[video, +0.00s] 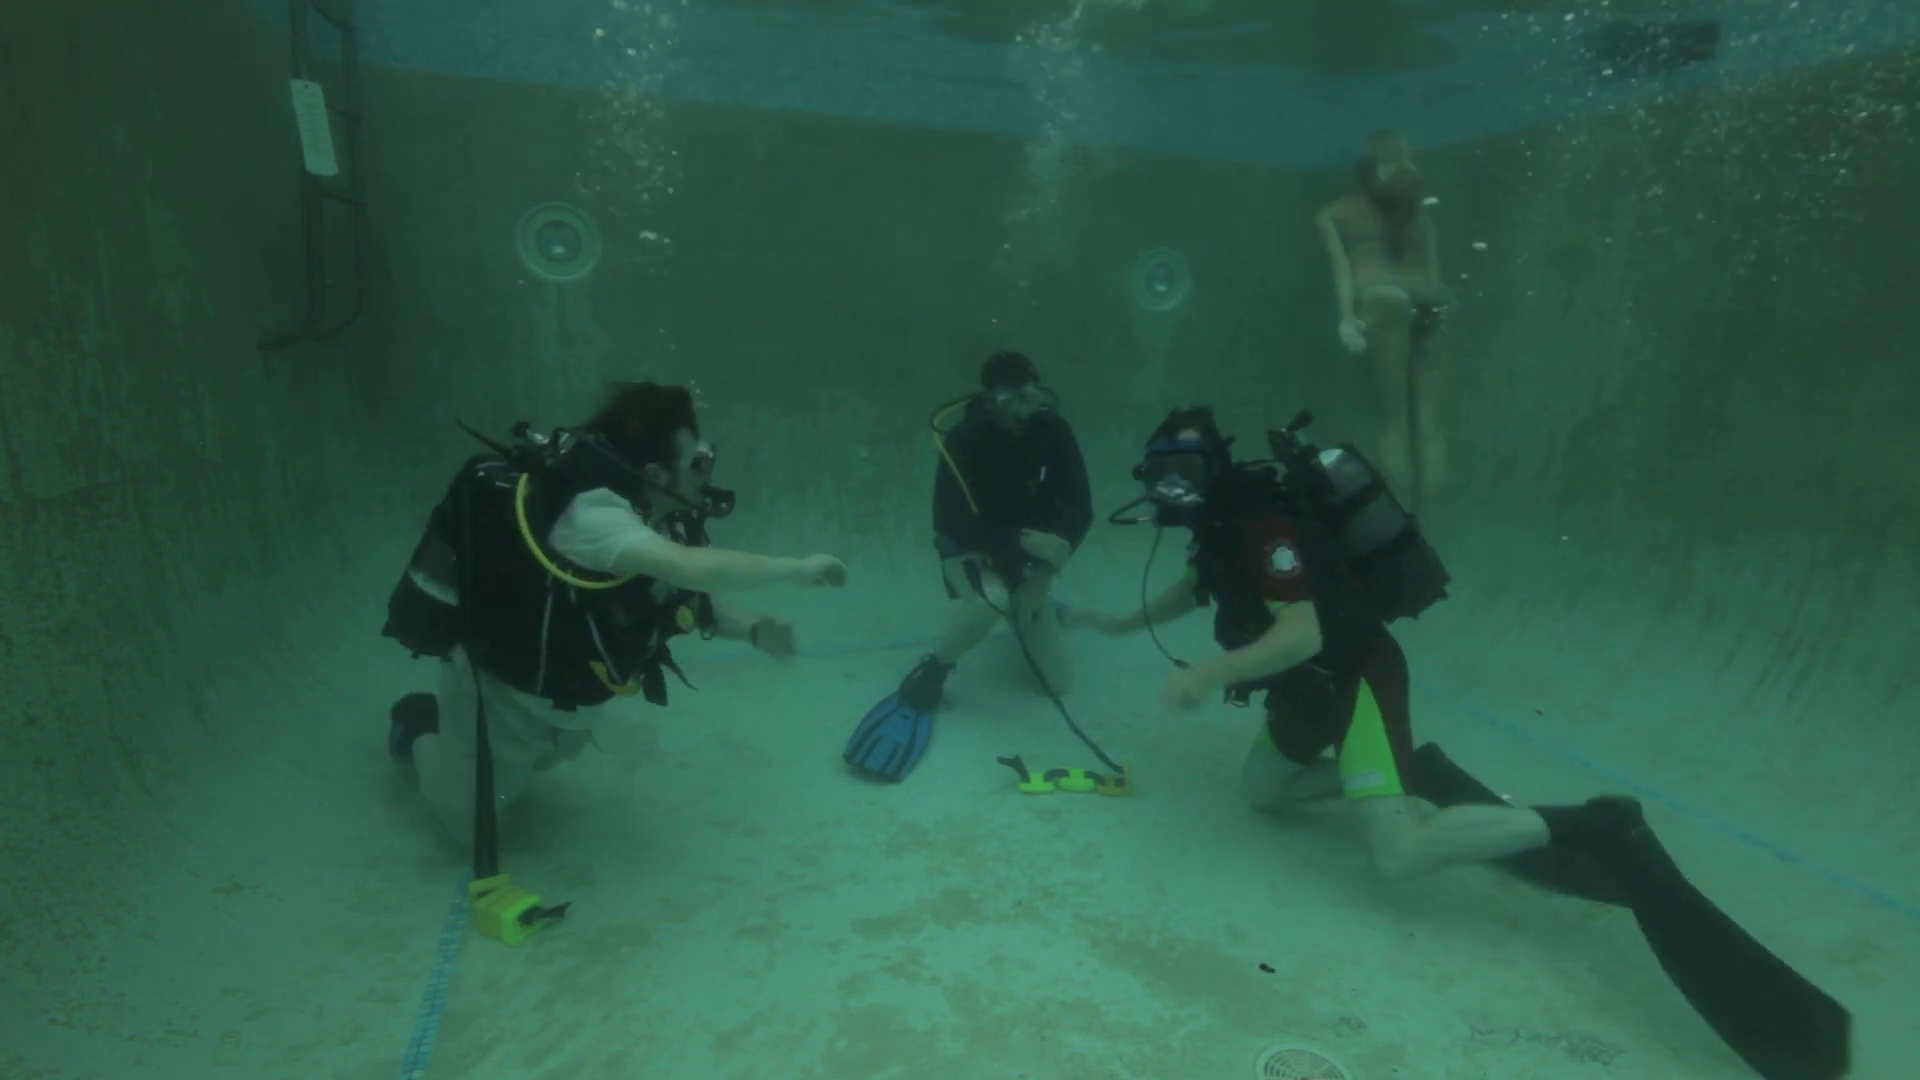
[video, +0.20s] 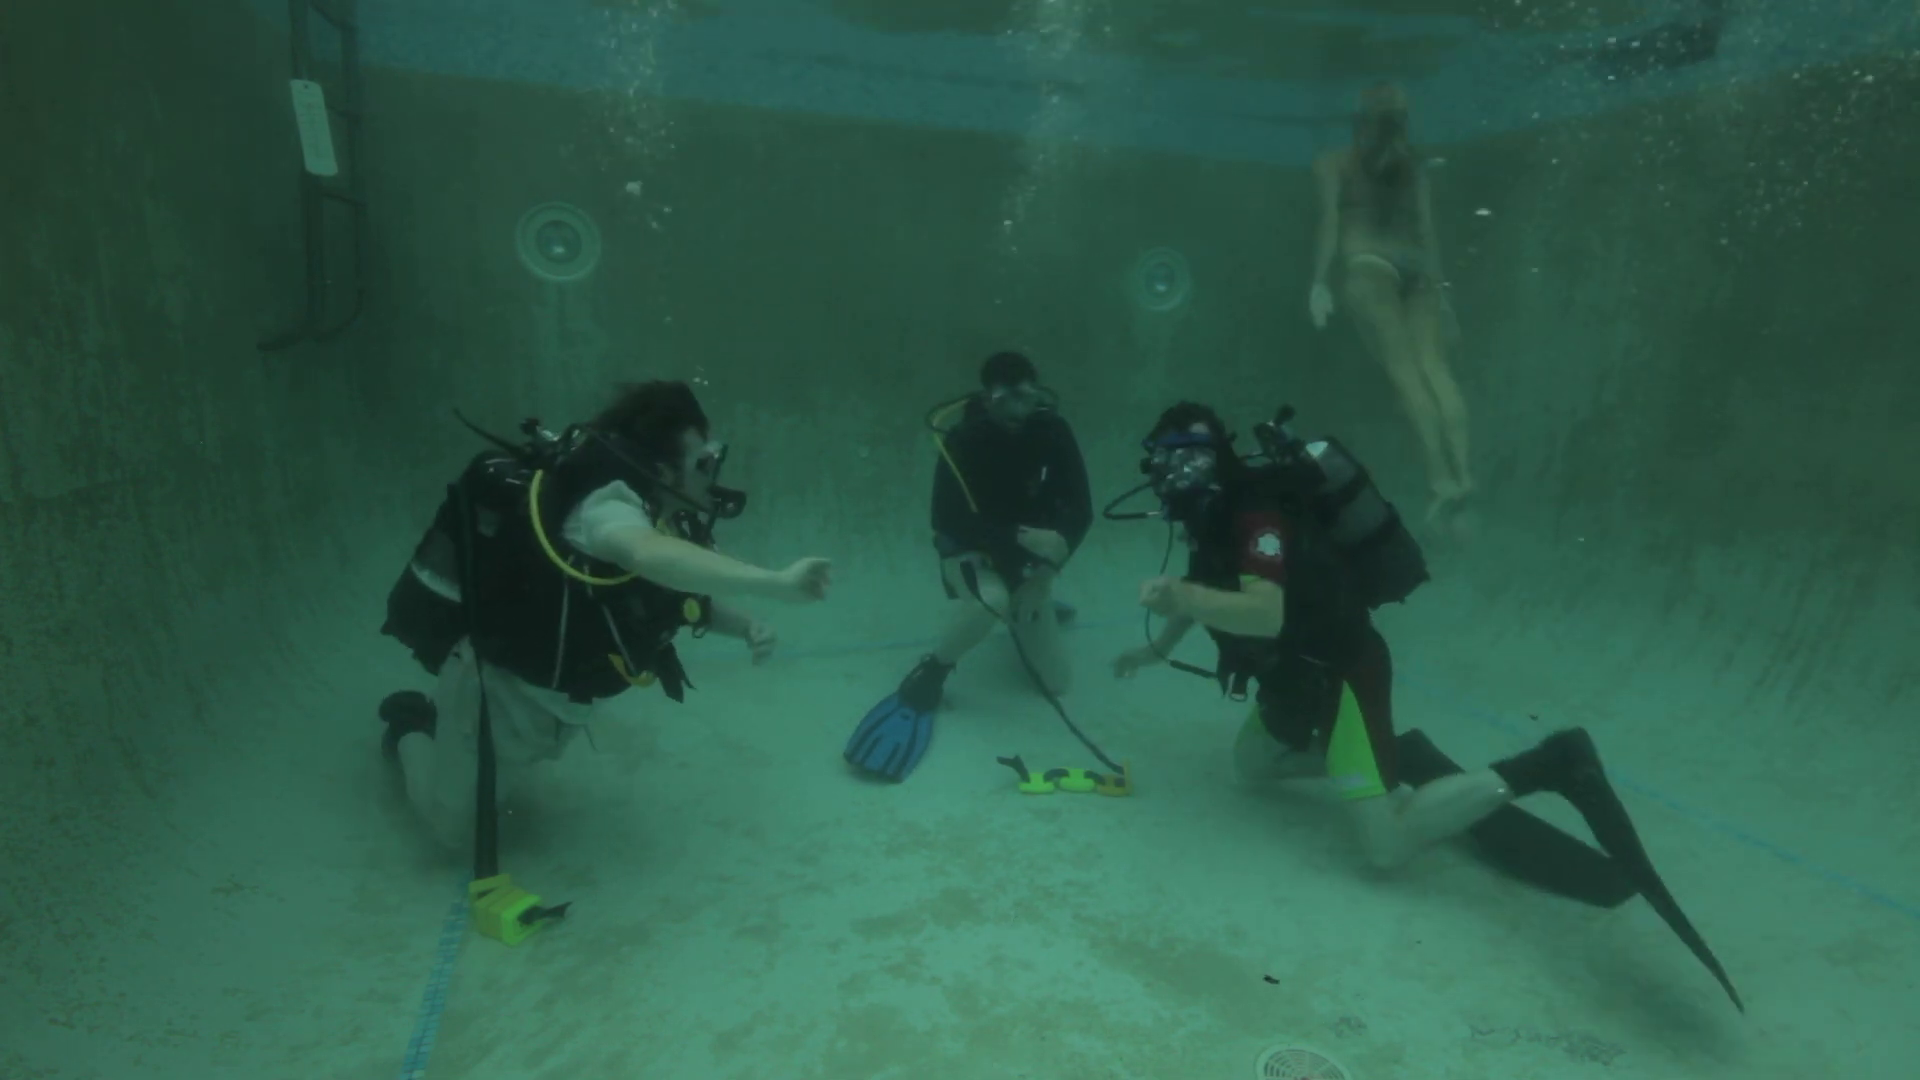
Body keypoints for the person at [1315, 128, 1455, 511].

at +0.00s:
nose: (1403, 170)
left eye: (1403, 161)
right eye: (1397, 162)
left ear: (1365, 166)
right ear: (1396, 166)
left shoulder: (1335, 213)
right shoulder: (1418, 206)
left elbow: (1341, 267)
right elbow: (1432, 260)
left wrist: (1345, 316)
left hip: (1381, 301)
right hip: (1429, 300)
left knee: (1393, 415)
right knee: (1431, 418)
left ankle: (1399, 513)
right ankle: (1432, 520)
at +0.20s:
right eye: (1396, 115)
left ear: (1362, 117)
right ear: (1401, 119)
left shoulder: (1335, 162)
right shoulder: (1412, 165)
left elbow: (1329, 225)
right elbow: (1427, 234)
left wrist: (1319, 283)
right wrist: (1442, 291)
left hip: (1366, 260)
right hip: (1415, 263)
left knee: (1402, 369)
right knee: (1434, 364)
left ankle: (1442, 480)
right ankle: (1464, 473)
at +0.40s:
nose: (1391, 83)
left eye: (1395, 75)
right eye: (1387, 75)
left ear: (1360, 77)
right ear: (1405, 79)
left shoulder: (1344, 119)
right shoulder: (1417, 123)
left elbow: (1348, 175)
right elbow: (1431, 184)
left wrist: (1350, 236)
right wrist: (1449, 242)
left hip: (1365, 234)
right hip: (1414, 236)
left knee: (1366, 344)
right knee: (1405, 343)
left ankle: (1445, 386)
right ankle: (1461, 387)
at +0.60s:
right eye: (1395, 54)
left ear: (1347, 55)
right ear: (1392, 54)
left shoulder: (1327, 91)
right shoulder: (1404, 88)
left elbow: (1332, 146)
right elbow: (1427, 145)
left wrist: (1335, 199)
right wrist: (1445, 197)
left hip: (1362, 191)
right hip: (1410, 190)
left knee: (1349, 305)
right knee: (1389, 307)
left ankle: (1363, 413)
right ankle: (1413, 418)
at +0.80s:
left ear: (1339, 19)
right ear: (1381, 21)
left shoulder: (1327, 51)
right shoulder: (1395, 48)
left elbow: (1312, 117)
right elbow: (1421, 103)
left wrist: (1293, 172)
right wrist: (1438, 158)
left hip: (1365, 138)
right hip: (1410, 134)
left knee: (1368, 253)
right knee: (1402, 252)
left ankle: (1361, 373)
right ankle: (1385, 376)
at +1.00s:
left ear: (1321, 16)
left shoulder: (1316, 38)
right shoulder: (1381, 33)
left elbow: (1293, 109)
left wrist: (1233, 134)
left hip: (1375, 104)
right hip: (1422, 103)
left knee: (1374, 221)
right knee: (1408, 222)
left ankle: (1361, 344)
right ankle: (1392, 341)